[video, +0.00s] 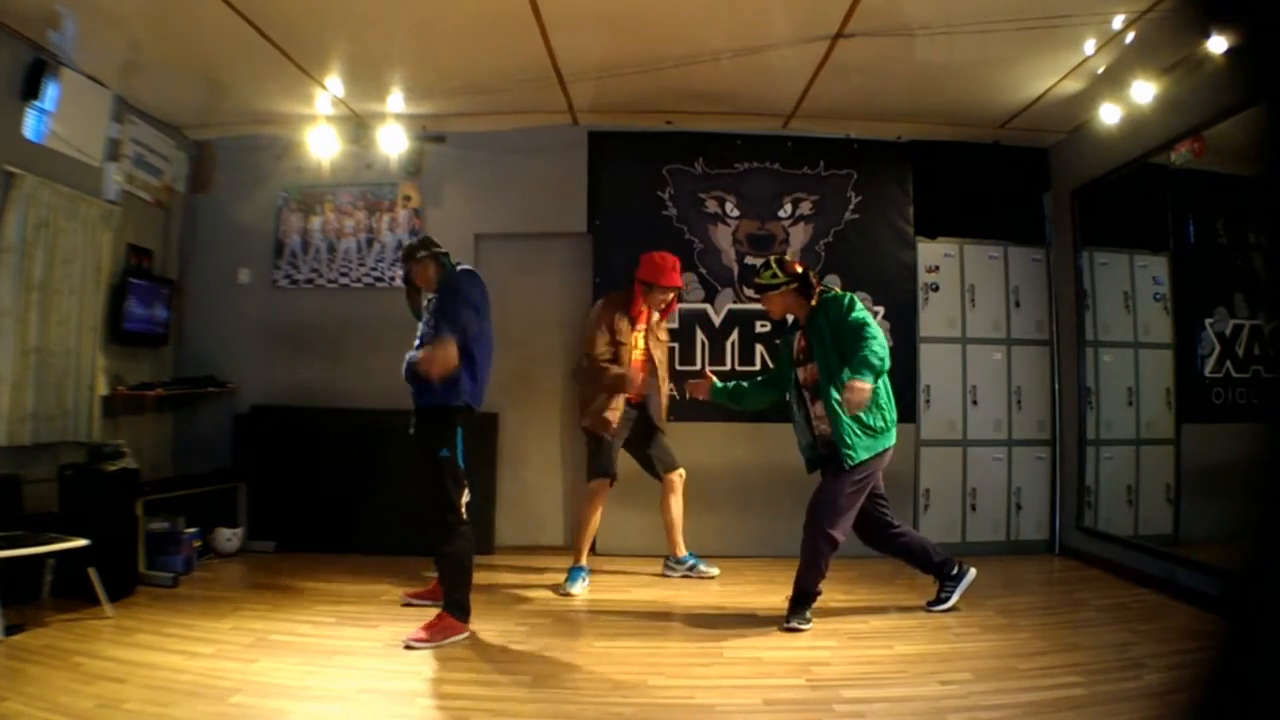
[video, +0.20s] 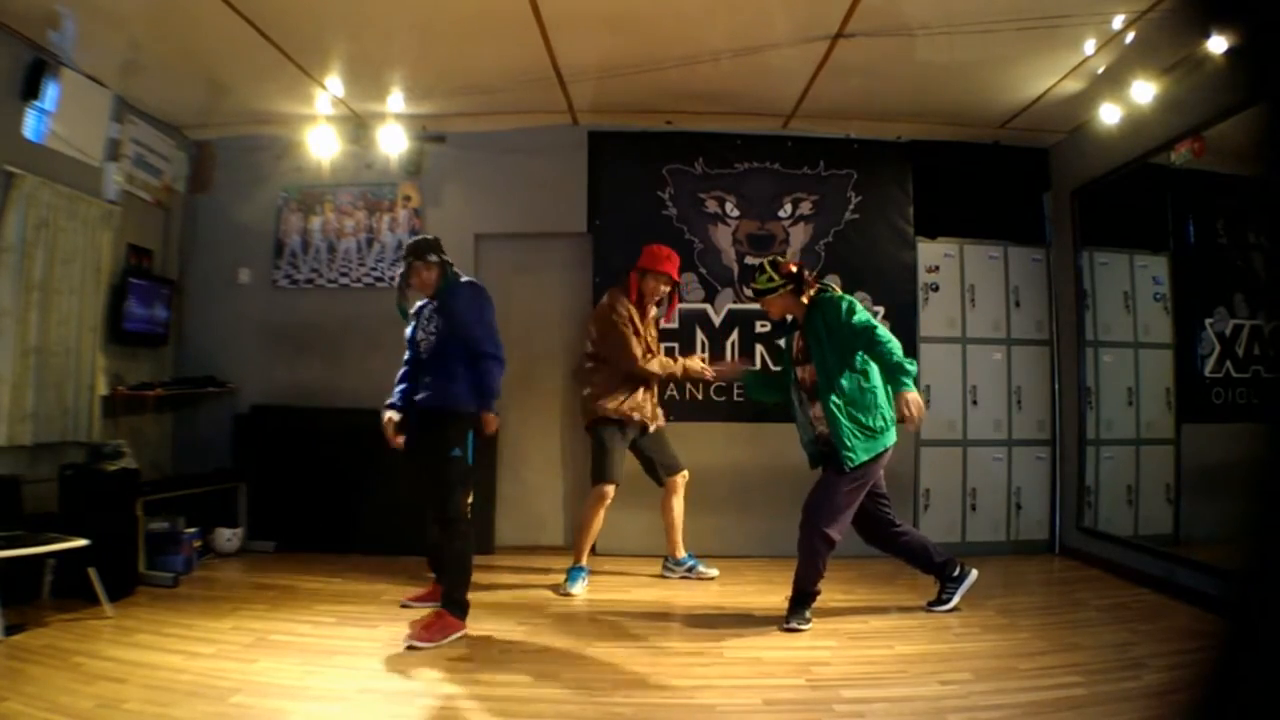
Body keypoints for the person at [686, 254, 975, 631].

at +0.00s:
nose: (763, 305)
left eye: (766, 297)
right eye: (761, 298)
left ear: (789, 290)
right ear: (784, 294)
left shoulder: (839, 306)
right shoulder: (793, 337)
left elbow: (873, 342)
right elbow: (774, 389)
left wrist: (861, 377)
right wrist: (717, 389)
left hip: (866, 439)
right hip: (837, 446)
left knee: (824, 515)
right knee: (876, 527)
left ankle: (801, 604)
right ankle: (950, 571)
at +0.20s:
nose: (763, 309)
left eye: (764, 300)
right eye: (760, 302)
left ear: (785, 291)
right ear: (784, 294)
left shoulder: (835, 307)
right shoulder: (796, 332)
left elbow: (877, 337)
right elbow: (794, 386)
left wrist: (903, 383)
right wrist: (742, 376)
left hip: (864, 438)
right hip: (837, 444)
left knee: (819, 515)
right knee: (878, 527)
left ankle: (800, 604)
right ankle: (952, 572)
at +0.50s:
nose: (768, 295)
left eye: (774, 286)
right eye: (764, 287)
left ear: (800, 276)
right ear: (763, 285)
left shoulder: (852, 303)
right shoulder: (769, 317)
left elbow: (895, 346)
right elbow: (762, 361)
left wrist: (904, 399)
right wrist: (810, 327)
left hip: (854, 429)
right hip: (810, 437)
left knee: (820, 517)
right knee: (856, 518)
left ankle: (801, 603)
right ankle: (924, 561)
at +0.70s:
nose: (783, 283)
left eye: (791, 277)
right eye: (780, 275)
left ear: (815, 275)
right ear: (777, 273)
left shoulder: (860, 302)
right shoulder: (770, 308)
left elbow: (890, 356)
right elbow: (763, 360)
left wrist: (909, 413)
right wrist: (821, 367)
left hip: (841, 435)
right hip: (793, 435)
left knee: (822, 525)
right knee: (781, 515)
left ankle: (801, 603)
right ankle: (823, 540)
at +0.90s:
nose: (819, 277)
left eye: (828, 269)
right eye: (811, 268)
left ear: (843, 270)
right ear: (799, 268)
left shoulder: (868, 309)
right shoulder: (779, 309)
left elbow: (885, 370)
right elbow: (765, 379)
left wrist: (894, 424)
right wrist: (767, 444)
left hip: (844, 440)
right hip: (789, 436)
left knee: (830, 529)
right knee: (740, 510)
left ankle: (799, 601)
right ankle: (686, 558)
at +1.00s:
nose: (830, 276)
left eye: (839, 268)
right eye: (822, 267)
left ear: (851, 271)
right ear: (808, 267)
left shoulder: (870, 312)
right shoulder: (785, 307)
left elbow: (883, 374)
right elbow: (760, 373)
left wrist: (887, 428)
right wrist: (738, 434)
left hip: (846, 441)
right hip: (791, 437)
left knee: (837, 532)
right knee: (741, 513)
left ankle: (800, 599)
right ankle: (676, 572)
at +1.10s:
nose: (836, 272)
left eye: (844, 264)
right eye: (828, 263)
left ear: (856, 267)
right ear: (814, 263)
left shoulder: (872, 311)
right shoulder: (787, 304)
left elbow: (882, 373)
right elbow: (754, 368)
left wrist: (886, 428)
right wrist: (726, 429)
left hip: (847, 436)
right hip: (792, 432)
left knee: (839, 527)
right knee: (760, 514)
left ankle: (800, 600)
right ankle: (719, 597)